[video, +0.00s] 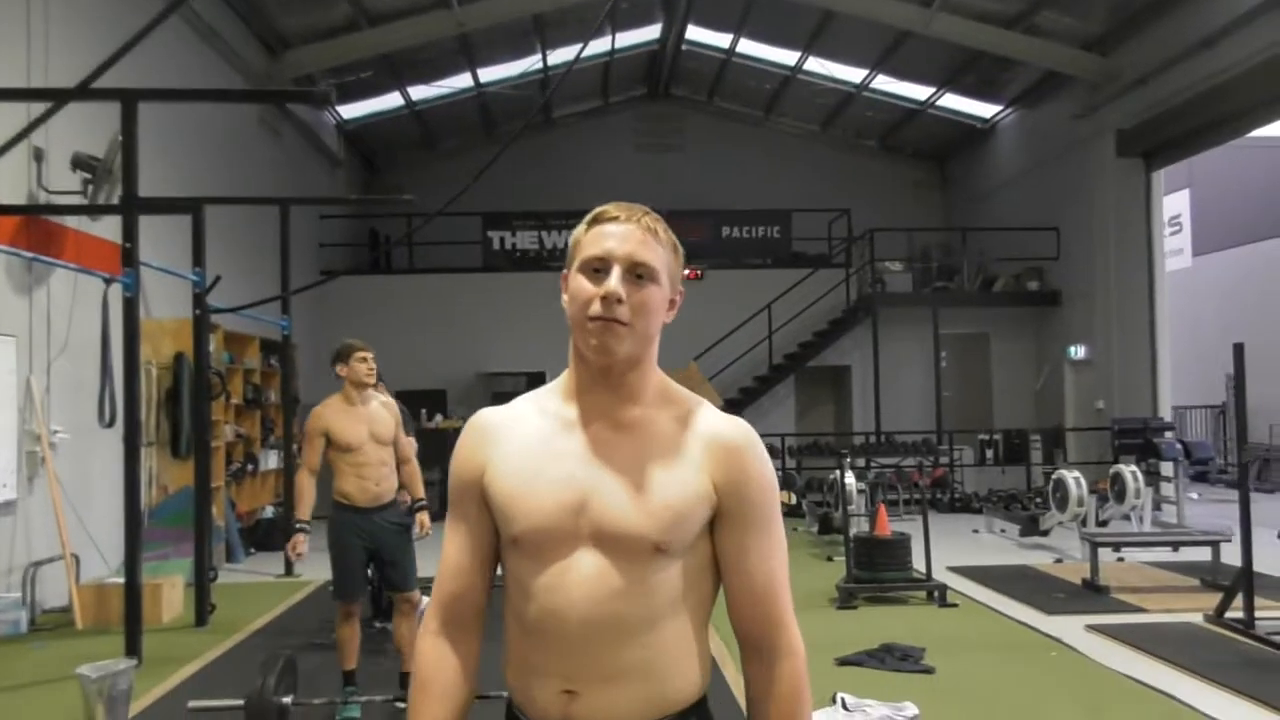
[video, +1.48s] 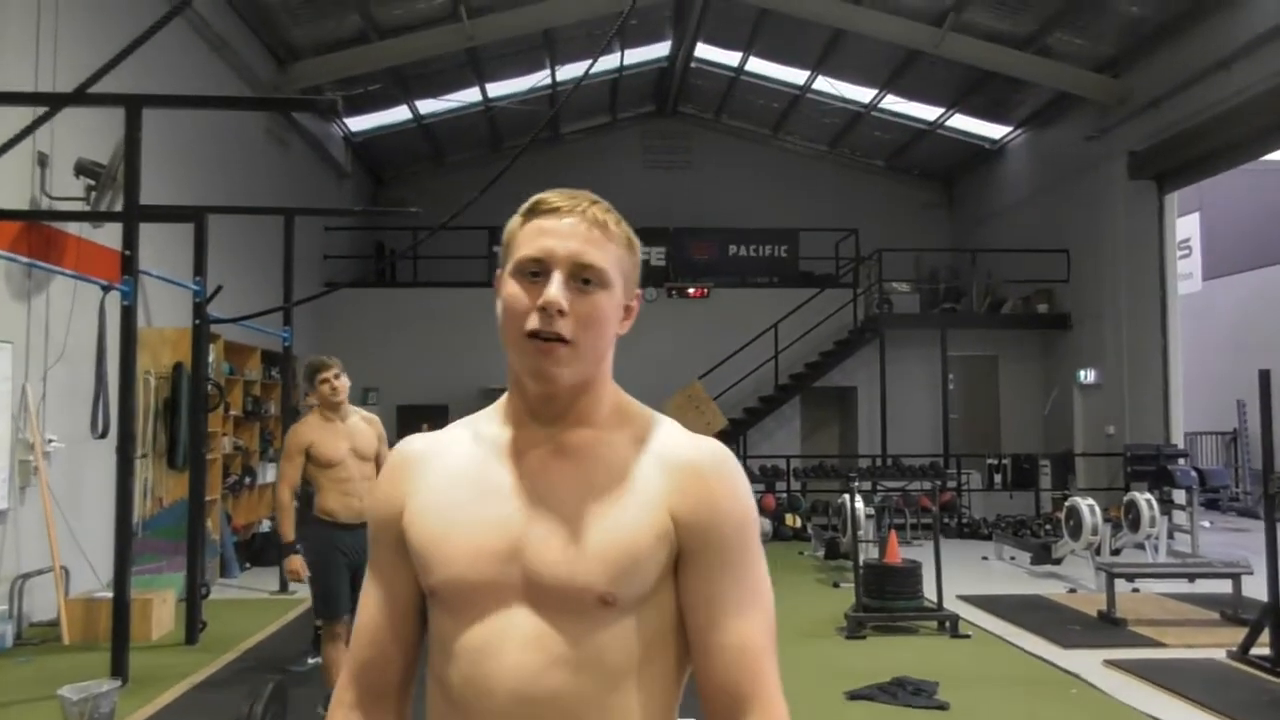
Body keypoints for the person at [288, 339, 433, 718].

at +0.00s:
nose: (372, 366)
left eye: (373, 361)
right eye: (363, 361)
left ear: (376, 368)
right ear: (342, 369)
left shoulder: (389, 407)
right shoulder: (324, 414)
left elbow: (408, 459)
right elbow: (308, 471)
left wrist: (420, 504)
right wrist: (301, 527)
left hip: (393, 515)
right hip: (348, 518)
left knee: (408, 600)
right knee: (349, 606)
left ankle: (408, 686)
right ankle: (349, 689)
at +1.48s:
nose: (334, 385)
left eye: (337, 378)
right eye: (324, 382)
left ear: (348, 381)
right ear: (313, 393)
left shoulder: (372, 423)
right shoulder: (302, 432)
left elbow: (388, 476)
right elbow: (284, 490)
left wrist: (392, 525)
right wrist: (290, 548)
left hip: (370, 531)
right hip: (328, 533)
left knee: (368, 625)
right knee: (336, 629)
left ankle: (366, 705)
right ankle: (339, 706)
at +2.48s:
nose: (276, 411)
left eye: (284, 405)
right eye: (270, 406)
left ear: (298, 411)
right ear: (261, 413)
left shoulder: (317, 456)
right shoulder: (243, 455)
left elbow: (334, 512)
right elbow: (226, 511)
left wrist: (343, 566)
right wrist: (222, 567)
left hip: (301, 565)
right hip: (254, 566)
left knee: (300, 654)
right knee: (245, 661)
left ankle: (305, 716)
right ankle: (238, 715)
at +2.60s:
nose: (261, 414)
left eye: (269, 408)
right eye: (255, 409)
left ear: (284, 415)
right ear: (246, 416)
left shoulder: (304, 458)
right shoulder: (229, 460)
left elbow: (319, 514)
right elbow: (211, 514)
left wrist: (327, 569)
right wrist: (209, 572)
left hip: (290, 568)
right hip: (243, 570)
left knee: (294, 659)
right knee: (239, 665)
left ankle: (302, 716)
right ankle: (234, 716)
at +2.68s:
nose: (252, 417)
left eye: (260, 411)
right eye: (246, 411)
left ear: (275, 417)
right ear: (237, 419)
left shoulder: (295, 461)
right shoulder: (221, 463)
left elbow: (311, 516)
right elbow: (204, 519)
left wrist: (313, 570)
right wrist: (199, 575)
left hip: (285, 570)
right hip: (237, 572)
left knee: (291, 662)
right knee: (236, 666)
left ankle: (301, 716)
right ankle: (231, 718)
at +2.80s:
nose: (241, 422)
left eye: (248, 416)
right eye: (234, 416)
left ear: (262, 422)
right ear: (225, 424)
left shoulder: (285, 463)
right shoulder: (210, 470)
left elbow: (301, 519)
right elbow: (193, 525)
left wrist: (296, 569)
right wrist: (189, 582)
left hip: (278, 573)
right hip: (230, 576)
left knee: (289, 666)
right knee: (232, 671)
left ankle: (298, 717)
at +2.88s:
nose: (235, 426)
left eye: (241, 419)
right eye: (227, 421)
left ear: (254, 424)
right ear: (217, 429)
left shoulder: (279, 465)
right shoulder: (201, 475)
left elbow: (297, 520)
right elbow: (181, 529)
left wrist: (289, 567)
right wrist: (182, 584)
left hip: (274, 575)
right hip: (227, 579)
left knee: (290, 667)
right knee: (230, 674)